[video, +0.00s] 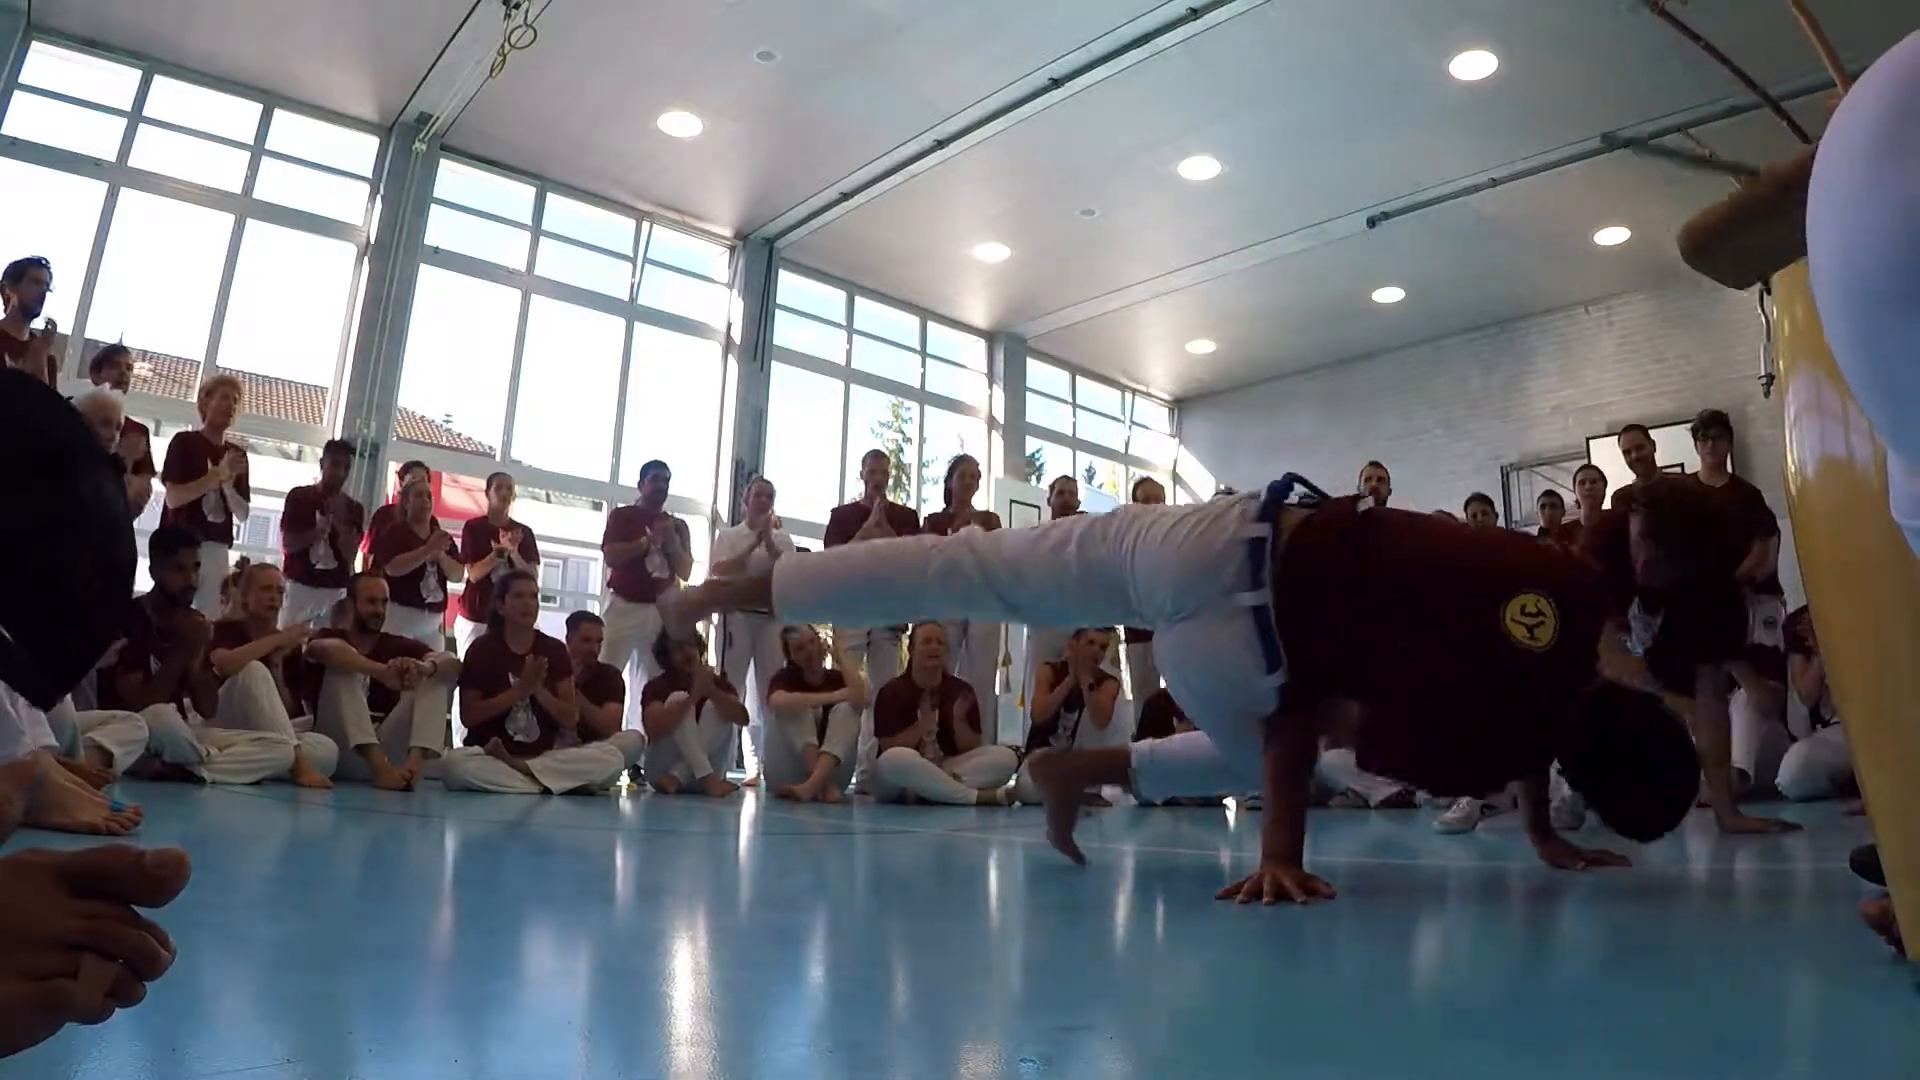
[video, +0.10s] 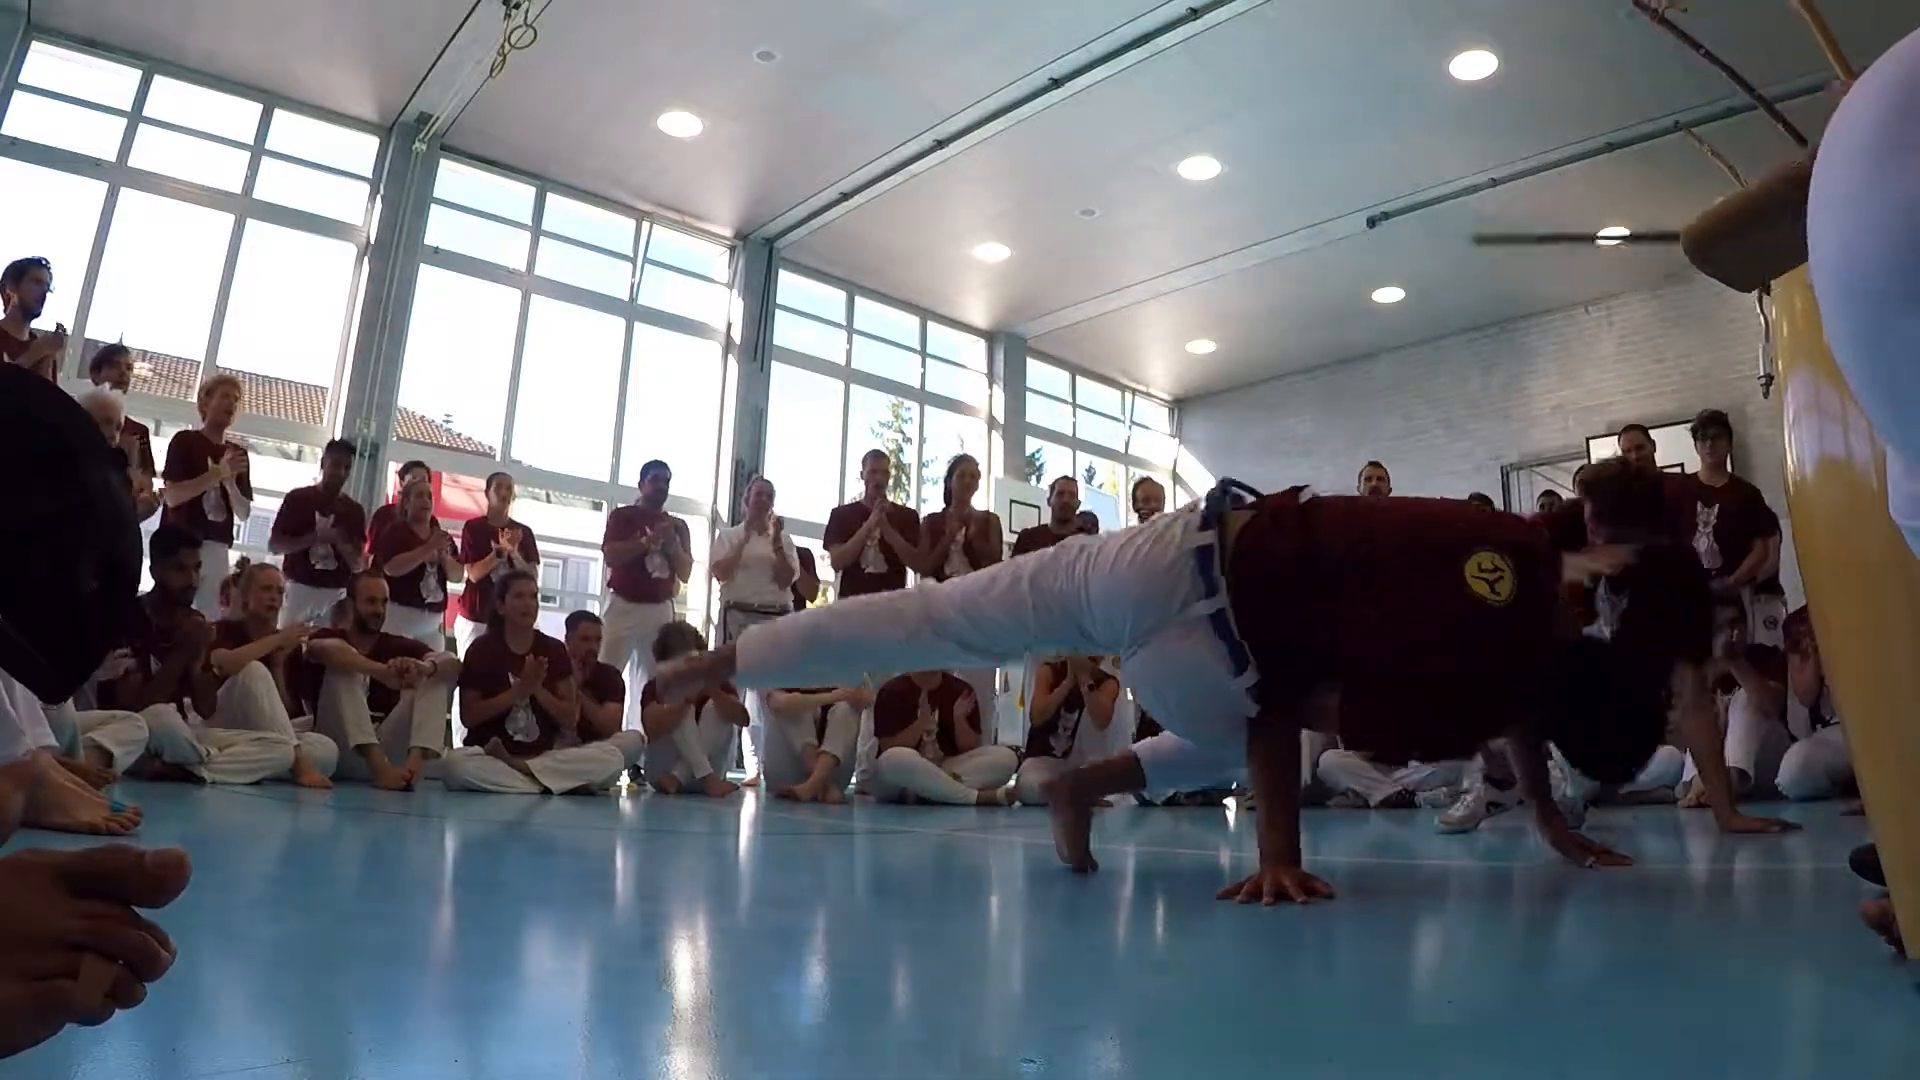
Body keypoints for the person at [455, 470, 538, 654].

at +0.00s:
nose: (504, 493)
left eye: (509, 489)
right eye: (498, 488)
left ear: (514, 495)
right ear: (487, 493)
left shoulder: (524, 532)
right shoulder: (473, 527)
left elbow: (532, 576)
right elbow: (473, 574)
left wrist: (514, 553)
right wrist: (498, 553)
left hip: (509, 621)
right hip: (473, 617)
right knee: (471, 679)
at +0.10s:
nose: (503, 493)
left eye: (508, 489)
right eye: (498, 488)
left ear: (513, 496)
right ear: (487, 493)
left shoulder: (524, 532)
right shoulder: (473, 527)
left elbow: (533, 576)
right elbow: (473, 574)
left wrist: (514, 553)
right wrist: (498, 553)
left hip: (509, 621)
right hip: (474, 617)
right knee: (471, 679)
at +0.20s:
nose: (503, 493)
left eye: (508, 489)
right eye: (498, 488)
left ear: (513, 496)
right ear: (487, 493)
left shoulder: (524, 532)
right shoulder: (473, 527)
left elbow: (532, 574)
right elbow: (473, 575)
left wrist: (519, 547)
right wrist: (495, 552)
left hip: (510, 621)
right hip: (474, 617)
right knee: (472, 679)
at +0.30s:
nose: (503, 493)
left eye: (508, 488)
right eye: (497, 488)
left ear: (513, 495)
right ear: (487, 493)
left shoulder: (523, 532)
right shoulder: (473, 527)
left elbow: (533, 574)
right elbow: (473, 575)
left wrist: (520, 547)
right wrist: (495, 552)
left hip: (510, 620)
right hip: (474, 616)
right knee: (472, 679)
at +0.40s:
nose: (503, 493)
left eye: (508, 488)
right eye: (497, 488)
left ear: (513, 495)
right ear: (487, 493)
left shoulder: (524, 532)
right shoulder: (473, 527)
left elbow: (532, 575)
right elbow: (473, 574)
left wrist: (516, 551)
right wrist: (497, 553)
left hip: (510, 621)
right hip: (474, 617)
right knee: (471, 679)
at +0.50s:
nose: (503, 493)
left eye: (507, 488)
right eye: (497, 488)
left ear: (512, 495)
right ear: (486, 493)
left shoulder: (523, 532)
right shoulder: (473, 527)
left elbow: (531, 574)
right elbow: (473, 575)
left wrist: (514, 553)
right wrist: (496, 553)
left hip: (509, 621)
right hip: (474, 617)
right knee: (471, 679)